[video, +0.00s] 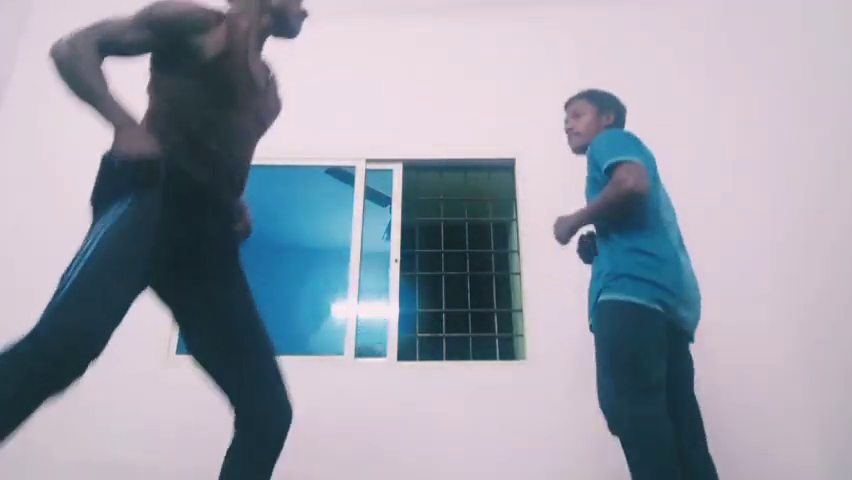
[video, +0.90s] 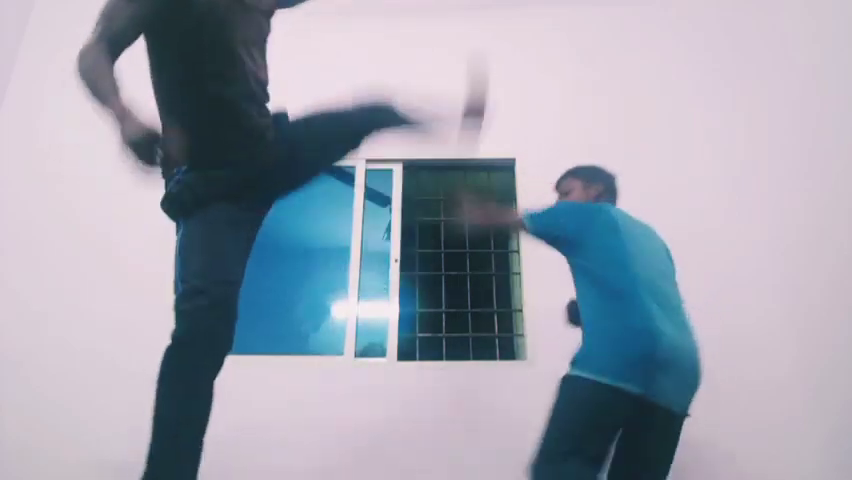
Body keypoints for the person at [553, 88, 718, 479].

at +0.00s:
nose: (567, 125)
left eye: (577, 116)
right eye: (566, 119)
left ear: (607, 117)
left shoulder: (611, 140)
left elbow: (633, 181)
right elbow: (645, 234)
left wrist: (575, 218)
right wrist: (600, 244)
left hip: (633, 287)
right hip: (671, 296)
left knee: (632, 407)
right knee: (677, 413)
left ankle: (658, 473)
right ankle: (697, 474)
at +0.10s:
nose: (571, 135)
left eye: (580, 125)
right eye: (570, 129)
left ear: (609, 127)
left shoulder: (616, 153)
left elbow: (631, 203)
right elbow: (651, 261)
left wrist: (569, 236)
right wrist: (601, 271)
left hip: (638, 304)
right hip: (677, 311)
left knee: (627, 419)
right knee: (678, 420)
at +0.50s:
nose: (547, 133)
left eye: (555, 122)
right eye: (545, 127)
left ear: (586, 122)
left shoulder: (590, 147)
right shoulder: (628, 163)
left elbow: (622, 193)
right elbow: (652, 252)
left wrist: (563, 261)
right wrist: (603, 287)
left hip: (634, 305)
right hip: (679, 309)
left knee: (638, 427)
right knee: (675, 429)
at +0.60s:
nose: (541, 153)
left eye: (548, 142)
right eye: (538, 147)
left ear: (579, 139)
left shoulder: (583, 165)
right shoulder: (628, 186)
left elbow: (600, 225)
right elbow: (651, 263)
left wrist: (548, 307)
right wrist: (603, 304)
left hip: (632, 326)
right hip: (682, 334)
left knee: (643, 459)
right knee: (673, 460)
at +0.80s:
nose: (546, 212)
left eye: (551, 201)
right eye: (545, 204)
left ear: (580, 198)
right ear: (586, 201)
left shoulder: (580, 223)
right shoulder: (636, 240)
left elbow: (531, 263)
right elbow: (644, 329)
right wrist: (583, 332)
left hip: (633, 355)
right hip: (690, 364)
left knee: (580, 465)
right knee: (648, 471)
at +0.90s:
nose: (559, 203)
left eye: (565, 193)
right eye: (559, 195)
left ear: (594, 192)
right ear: (599, 195)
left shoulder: (586, 217)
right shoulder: (652, 238)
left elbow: (513, 219)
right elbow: (650, 301)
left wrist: (473, 214)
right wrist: (591, 311)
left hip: (615, 359)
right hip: (678, 372)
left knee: (560, 466)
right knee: (637, 474)